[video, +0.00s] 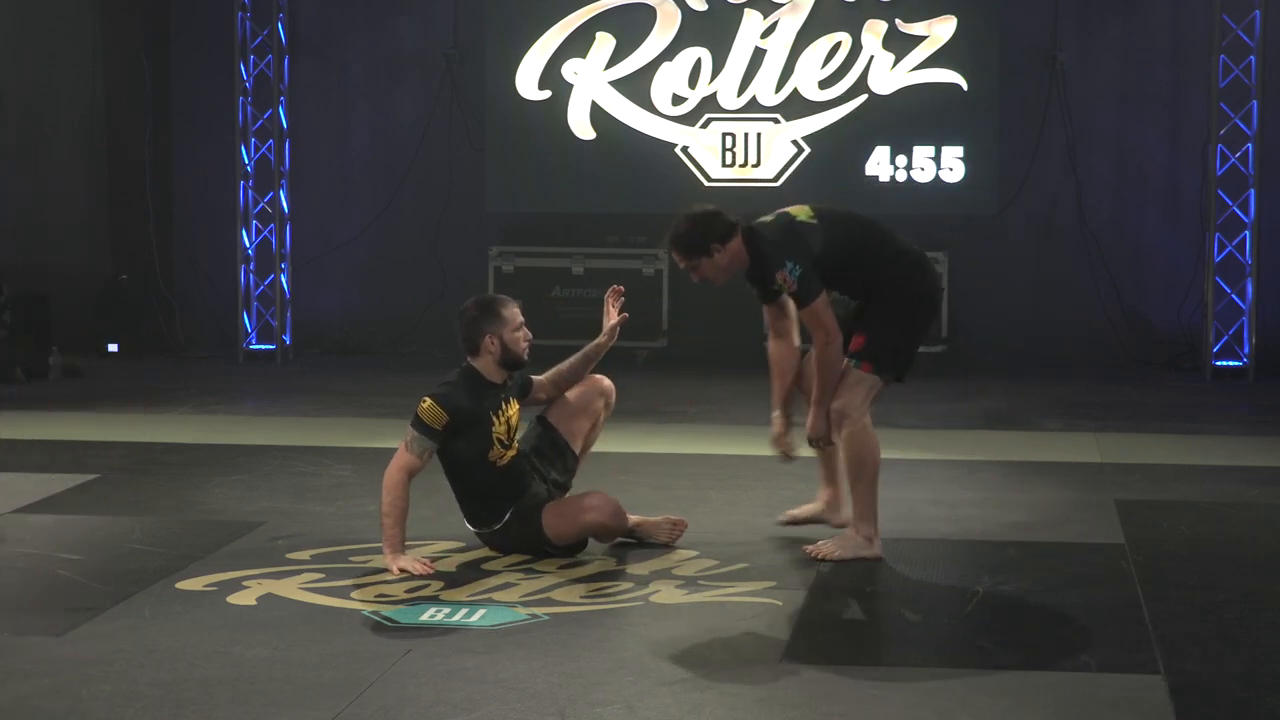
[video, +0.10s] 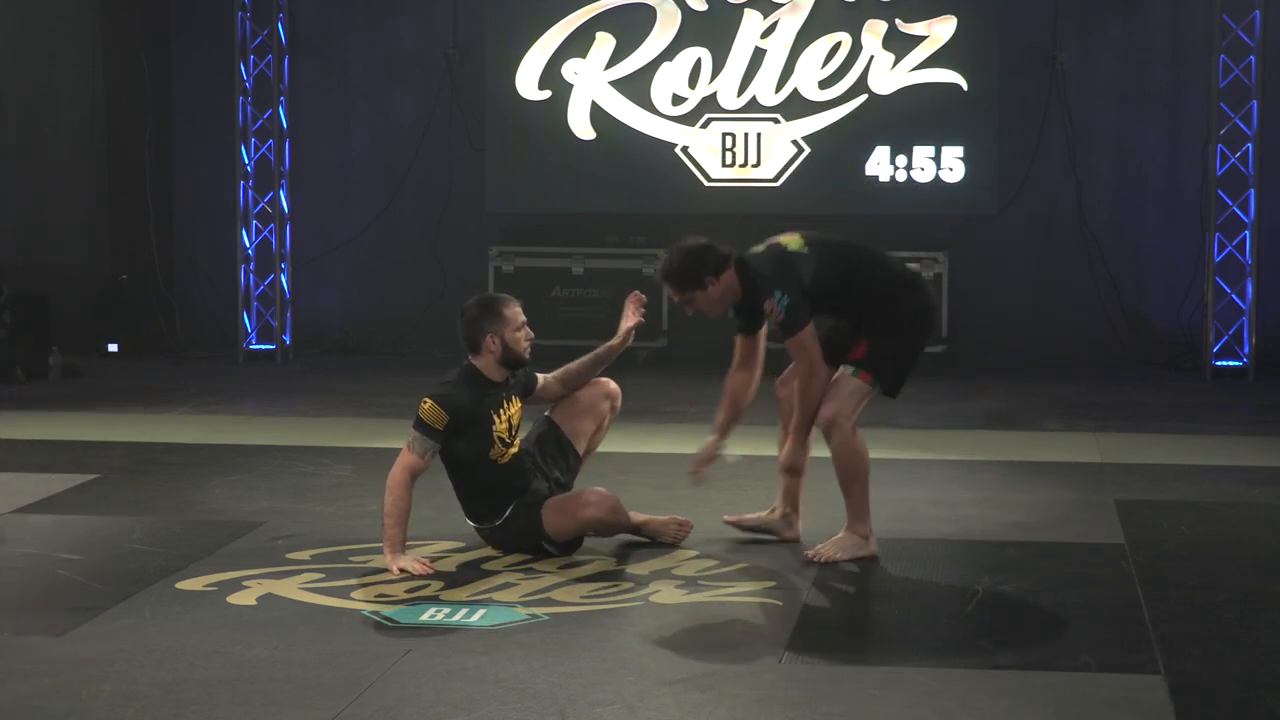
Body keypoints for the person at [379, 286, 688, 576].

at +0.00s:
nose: (529, 334)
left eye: (525, 326)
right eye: (519, 328)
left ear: (494, 343)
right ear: (491, 343)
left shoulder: (505, 379)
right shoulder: (447, 401)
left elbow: (546, 388)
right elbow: (398, 471)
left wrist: (604, 341)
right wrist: (394, 553)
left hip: (528, 471)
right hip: (507, 520)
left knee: (598, 389)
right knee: (599, 508)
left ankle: (555, 505)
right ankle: (629, 529)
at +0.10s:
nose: (531, 334)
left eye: (527, 326)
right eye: (521, 328)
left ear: (496, 342)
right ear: (492, 343)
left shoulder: (510, 376)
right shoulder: (448, 401)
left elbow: (555, 385)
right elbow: (402, 472)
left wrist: (617, 343)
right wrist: (394, 553)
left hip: (530, 469)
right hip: (508, 520)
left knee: (604, 392)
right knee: (595, 504)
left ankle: (558, 510)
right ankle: (637, 525)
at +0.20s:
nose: (533, 338)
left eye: (529, 329)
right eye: (523, 331)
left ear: (500, 343)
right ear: (492, 344)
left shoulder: (513, 375)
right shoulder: (451, 403)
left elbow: (566, 379)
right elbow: (399, 474)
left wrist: (633, 351)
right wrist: (394, 553)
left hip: (528, 463)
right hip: (505, 515)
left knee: (612, 397)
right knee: (606, 502)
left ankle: (562, 514)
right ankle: (686, 511)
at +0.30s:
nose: (532, 344)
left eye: (528, 335)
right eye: (521, 337)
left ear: (500, 347)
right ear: (490, 350)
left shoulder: (513, 374)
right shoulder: (451, 404)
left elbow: (581, 370)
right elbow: (393, 477)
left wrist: (653, 359)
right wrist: (392, 552)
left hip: (519, 465)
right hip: (503, 513)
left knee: (605, 398)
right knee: (627, 501)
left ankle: (557, 517)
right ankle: (736, 510)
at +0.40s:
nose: (531, 345)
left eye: (527, 336)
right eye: (521, 339)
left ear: (500, 348)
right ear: (490, 352)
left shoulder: (518, 368)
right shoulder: (449, 405)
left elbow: (597, 366)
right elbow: (395, 478)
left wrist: (674, 363)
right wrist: (392, 552)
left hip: (520, 467)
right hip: (503, 514)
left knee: (599, 393)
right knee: (625, 484)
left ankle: (562, 519)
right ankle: (717, 491)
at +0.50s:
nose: (528, 349)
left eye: (524, 339)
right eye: (518, 343)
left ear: (497, 352)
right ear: (486, 356)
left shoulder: (522, 373)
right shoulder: (447, 409)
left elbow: (614, 378)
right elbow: (398, 483)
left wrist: (691, 362)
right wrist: (392, 550)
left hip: (527, 473)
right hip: (514, 515)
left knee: (601, 396)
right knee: (609, 444)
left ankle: (570, 513)